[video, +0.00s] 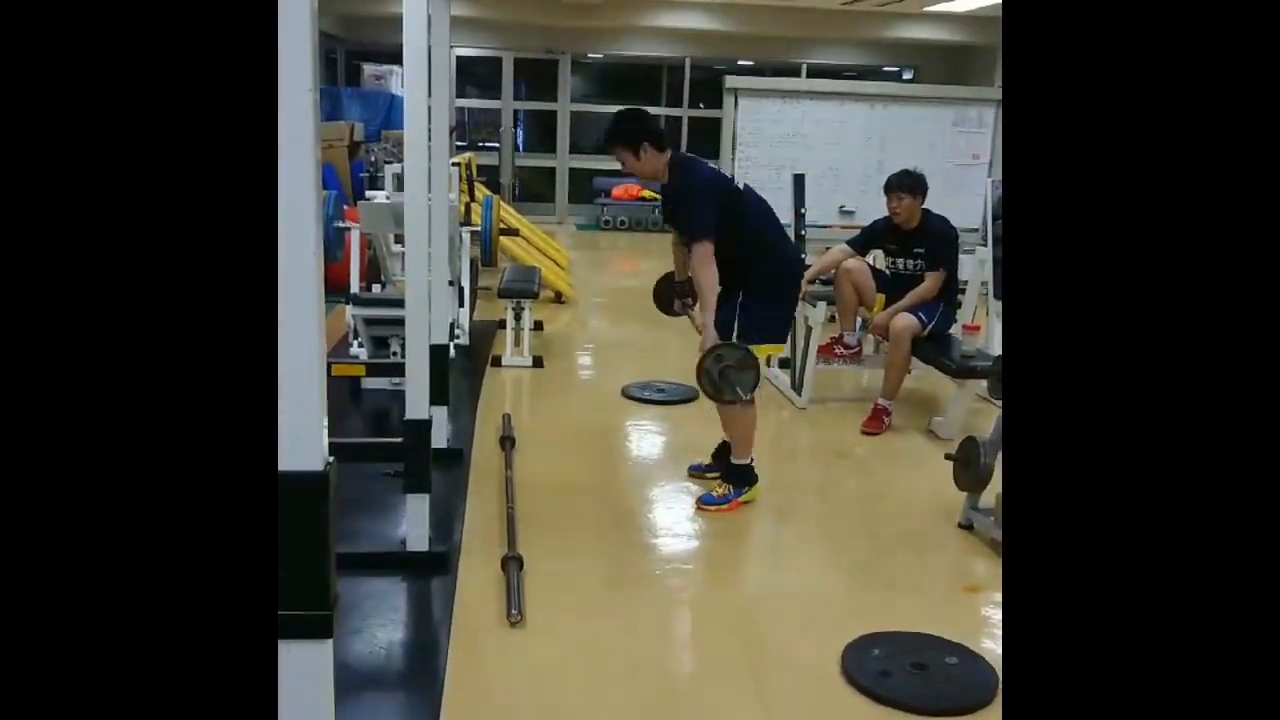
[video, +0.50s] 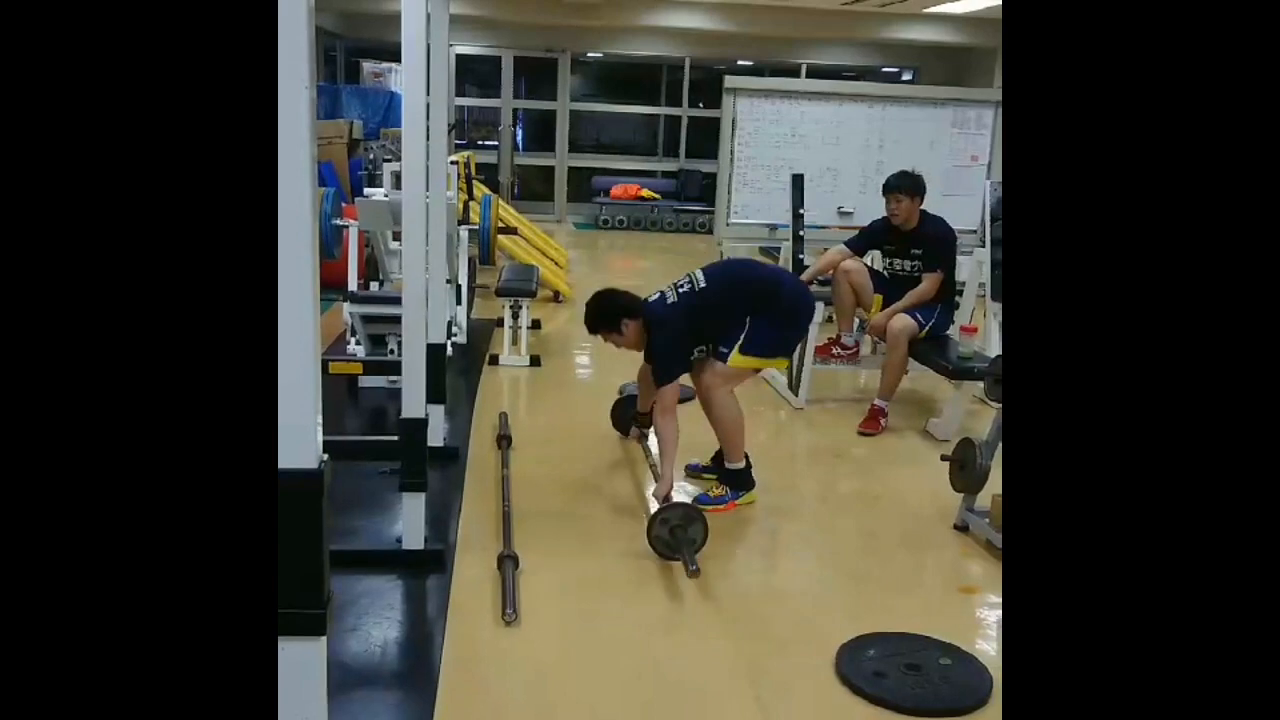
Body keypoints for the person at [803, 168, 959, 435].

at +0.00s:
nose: (893, 205)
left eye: (900, 198)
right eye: (889, 198)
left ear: (919, 200)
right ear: (886, 199)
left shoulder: (941, 231)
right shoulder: (883, 227)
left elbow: (931, 287)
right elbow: (842, 252)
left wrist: (888, 313)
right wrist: (806, 278)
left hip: (935, 303)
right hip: (894, 294)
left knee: (901, 325)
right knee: (847, 268)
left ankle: (883, 406)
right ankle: (848, 342)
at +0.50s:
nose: (892, 207)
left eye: (899, 200)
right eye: (888, 200)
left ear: (918, 202)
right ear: (884, 201)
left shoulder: (938, 232)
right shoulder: (881, 228)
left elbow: (929, 288)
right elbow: (840, 254)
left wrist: (886, 315)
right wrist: (803, 279)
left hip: (933, 305)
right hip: (894, 295)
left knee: (898, 326)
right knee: (845, 268)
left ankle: (879, 408)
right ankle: (846, 344)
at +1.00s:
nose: (888, 209)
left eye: (895, 204)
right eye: (885, 203)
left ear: (914, 204)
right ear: (881, 203)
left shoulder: (935, 234)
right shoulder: (879, 229)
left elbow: (926, 290)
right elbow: (836, 255)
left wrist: (883, 316)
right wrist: (800, 280)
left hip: (928, 305)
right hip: (891, 294)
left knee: (895, 327)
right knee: (843, 270)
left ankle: (876, 409)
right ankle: (843, 345)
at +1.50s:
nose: (884, 213)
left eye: (891, 207)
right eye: (881, 206)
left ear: (911, 208)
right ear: (877, 205)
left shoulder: (932, 238)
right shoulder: (875, 233)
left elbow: (922, 293)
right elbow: (833, 258)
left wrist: (880, 318)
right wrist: (796, 282)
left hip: (925, 308)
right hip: (888, 297)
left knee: (891, 331)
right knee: (839, 273)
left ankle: (872, 412)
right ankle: (839, 347)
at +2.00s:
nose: (883, 218)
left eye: (890, 212)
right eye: (880, 211)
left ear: (909, 213)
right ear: (876, 212)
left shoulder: (930, 243)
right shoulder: (873, 238)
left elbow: (921, 299)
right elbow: (832, 263)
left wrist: (877, 325)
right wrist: (795, 289)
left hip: (925, 314)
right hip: (885, 305)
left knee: (889, 336)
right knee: (837, 279)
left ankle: (870, 418)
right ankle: (837, 354)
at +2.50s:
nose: (880, 228)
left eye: (887, 221)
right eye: (877, 221)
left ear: (906, 222)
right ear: (873, 221)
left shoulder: (928, 252)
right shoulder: (870, 248)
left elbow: (918, 307)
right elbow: (830, 272)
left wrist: (875, 333)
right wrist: (793, 296)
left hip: (921, 324)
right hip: (882, 314)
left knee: (886, 345)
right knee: (835, 288)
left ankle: (868, 426)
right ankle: (835, 362)